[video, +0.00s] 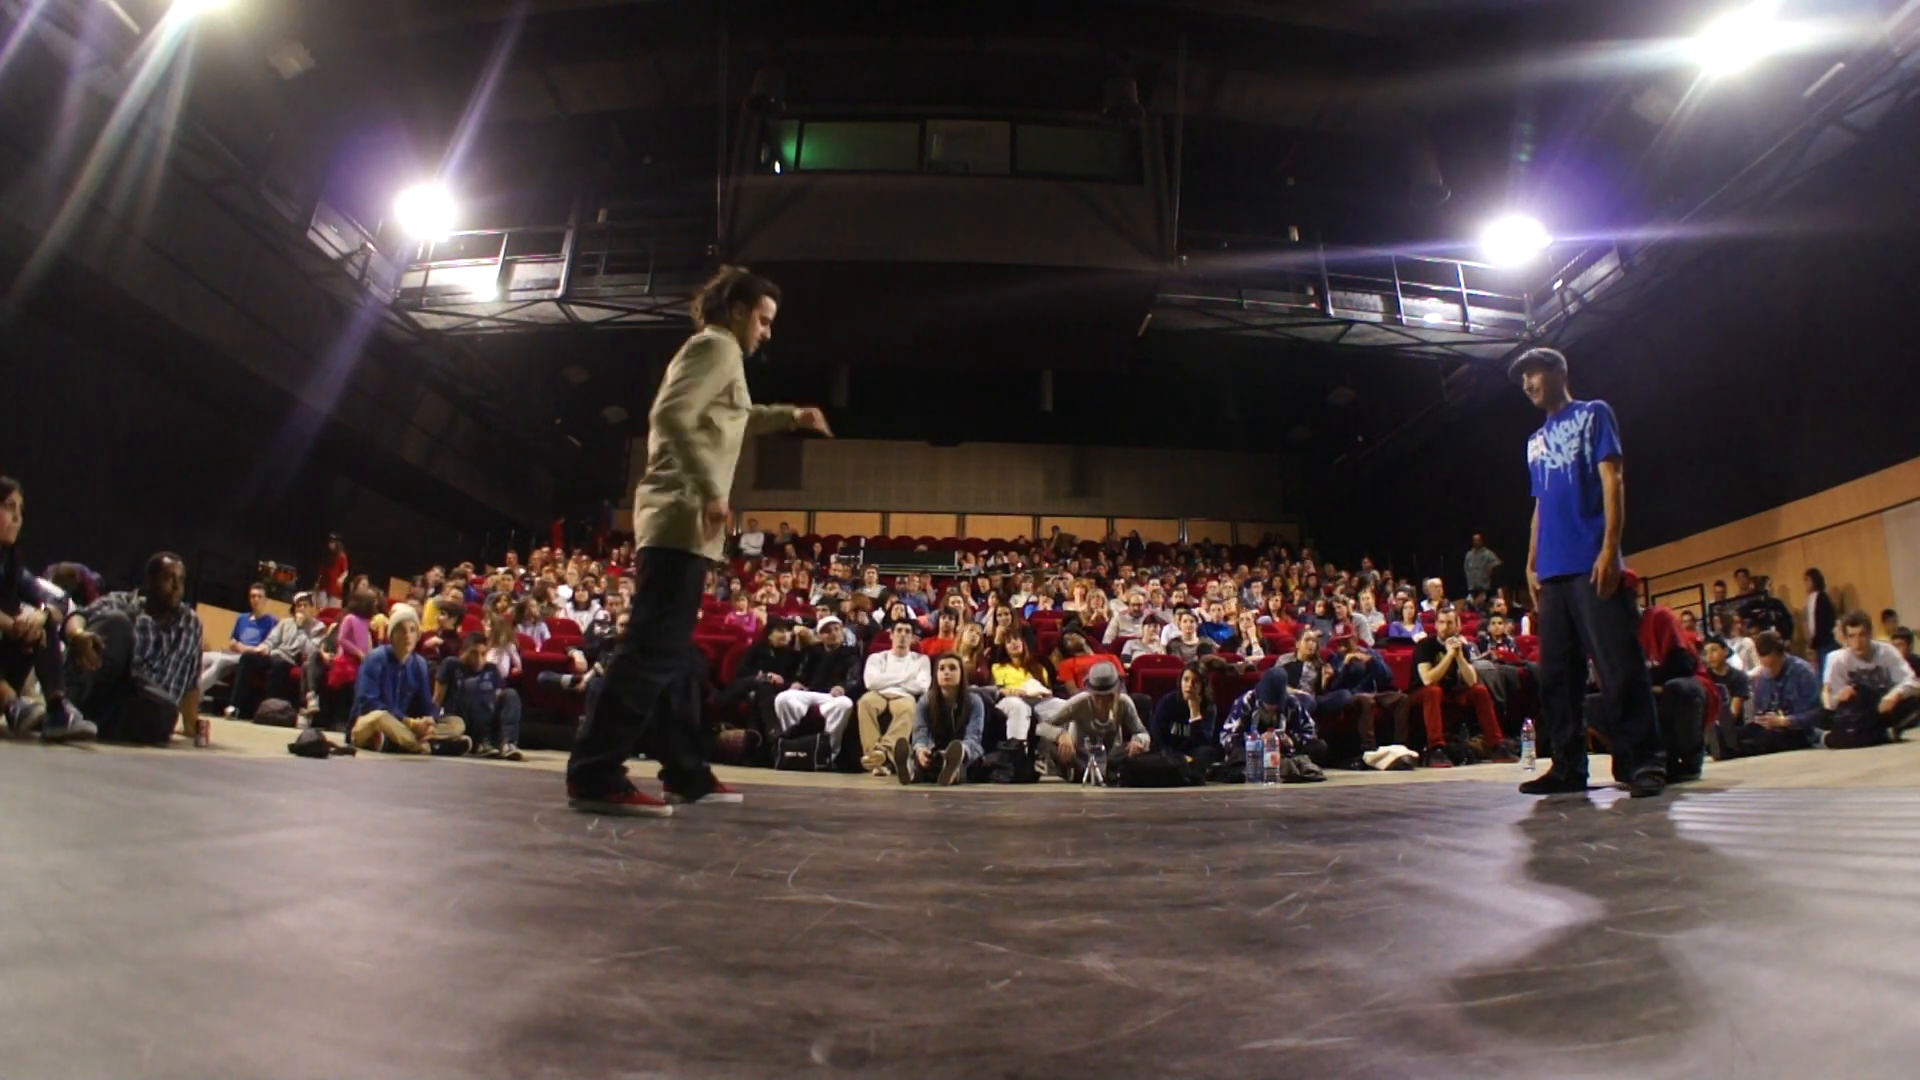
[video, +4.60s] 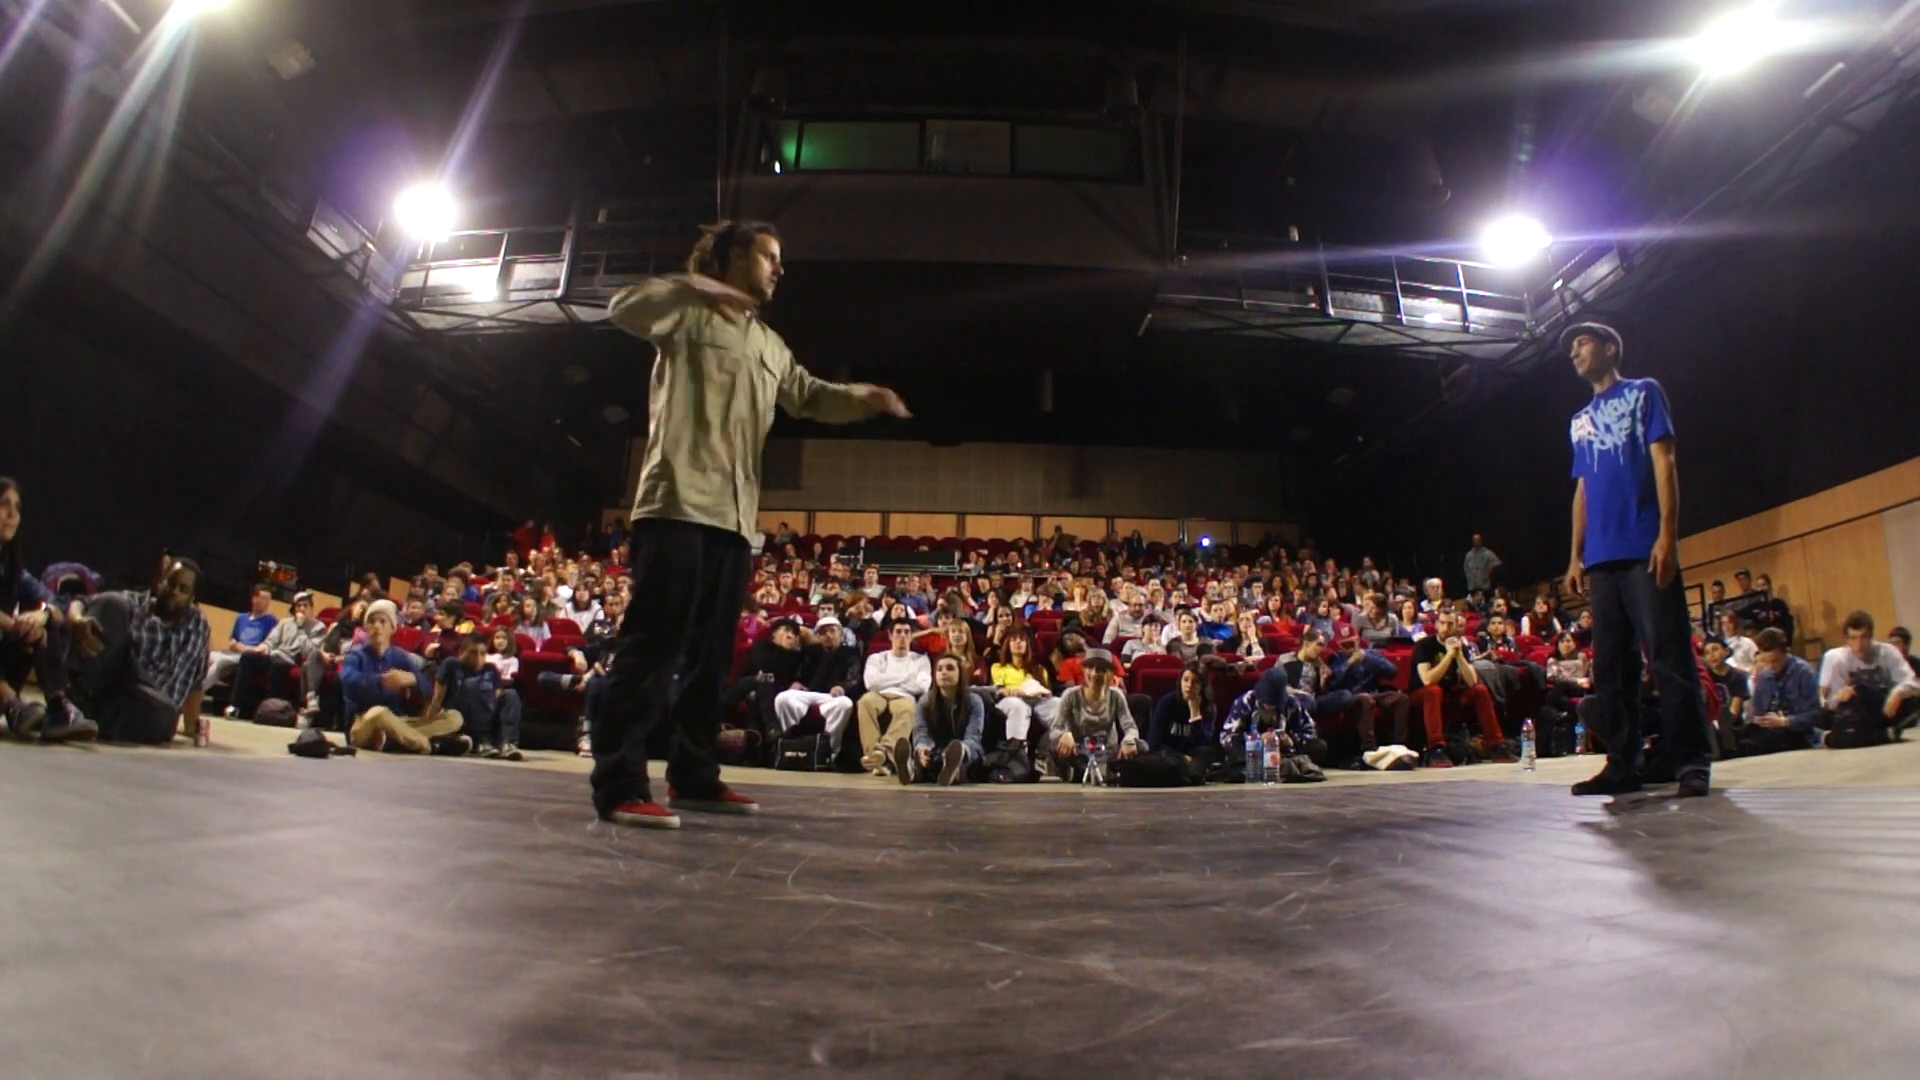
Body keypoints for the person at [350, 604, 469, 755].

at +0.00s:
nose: (407, 636)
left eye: (412, 631)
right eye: (401, 631)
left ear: (418, 635)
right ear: (391, 635)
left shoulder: (420, 664)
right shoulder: (375, 659)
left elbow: (426, 704)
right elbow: (367, 703)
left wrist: (430, 720)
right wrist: (407, 722)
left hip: (411, 724)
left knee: (457, 723)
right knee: (381, 718)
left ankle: (394, 743)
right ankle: (426, 748)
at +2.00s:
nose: (408, 637)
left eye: (413, 631)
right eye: (401, 631)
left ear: (418, 635)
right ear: (391, 635)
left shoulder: (420, 664)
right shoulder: (376, 659)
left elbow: (426, 704)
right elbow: (367, 703)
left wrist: (430, 720)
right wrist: (407, 722)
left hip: (411, 725)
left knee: (457, 724)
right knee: (380, 717)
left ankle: (394, 744)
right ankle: (425, 748)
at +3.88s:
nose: (400, 637)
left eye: (407, 632)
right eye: (396, 630)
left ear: (417, 638)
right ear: (390, 634)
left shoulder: (420, 665)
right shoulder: (373, 660)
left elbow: (420, 707)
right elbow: (364, 704)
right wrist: (406, 700)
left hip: (410, 724)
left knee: (456, 724)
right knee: (379, 718)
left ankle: (393, 744)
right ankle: (428, 747)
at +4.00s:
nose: (398, 637)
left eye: (405, 633)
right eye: (394, 631)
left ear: (415, 639)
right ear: (388, 633)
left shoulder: (419, 664)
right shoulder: (372, 660)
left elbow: (426, 706)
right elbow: (367, 705)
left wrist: (428, 720)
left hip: (404, 724)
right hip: (366, 725)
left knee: (457, 724)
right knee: (380, 717)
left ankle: (393, 744)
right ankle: (428, 747)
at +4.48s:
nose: (381, 629)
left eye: (387, 624)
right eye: (376, 624)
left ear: (398, 630)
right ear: (371, 630)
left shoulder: (408, 661)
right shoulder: (359, 659)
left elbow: (427, 700)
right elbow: (354, 696)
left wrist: (419, 702)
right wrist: (385, 675)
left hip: (402, 723)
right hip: (364, 727)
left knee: (456, 723)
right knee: (379, 716)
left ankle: (393, 743)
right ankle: (430, 748)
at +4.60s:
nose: (377, 626)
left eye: (382, 621)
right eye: (372, 622)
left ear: (393, 628)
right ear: (366, 627)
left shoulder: (400, 657)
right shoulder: (356, 655)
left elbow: (427, 690)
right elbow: (349, 679)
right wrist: (384, 681)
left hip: (401, 720)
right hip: (364, 725)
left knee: (455, 717)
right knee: (379, 713)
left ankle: (395, 742)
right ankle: (429, 747)